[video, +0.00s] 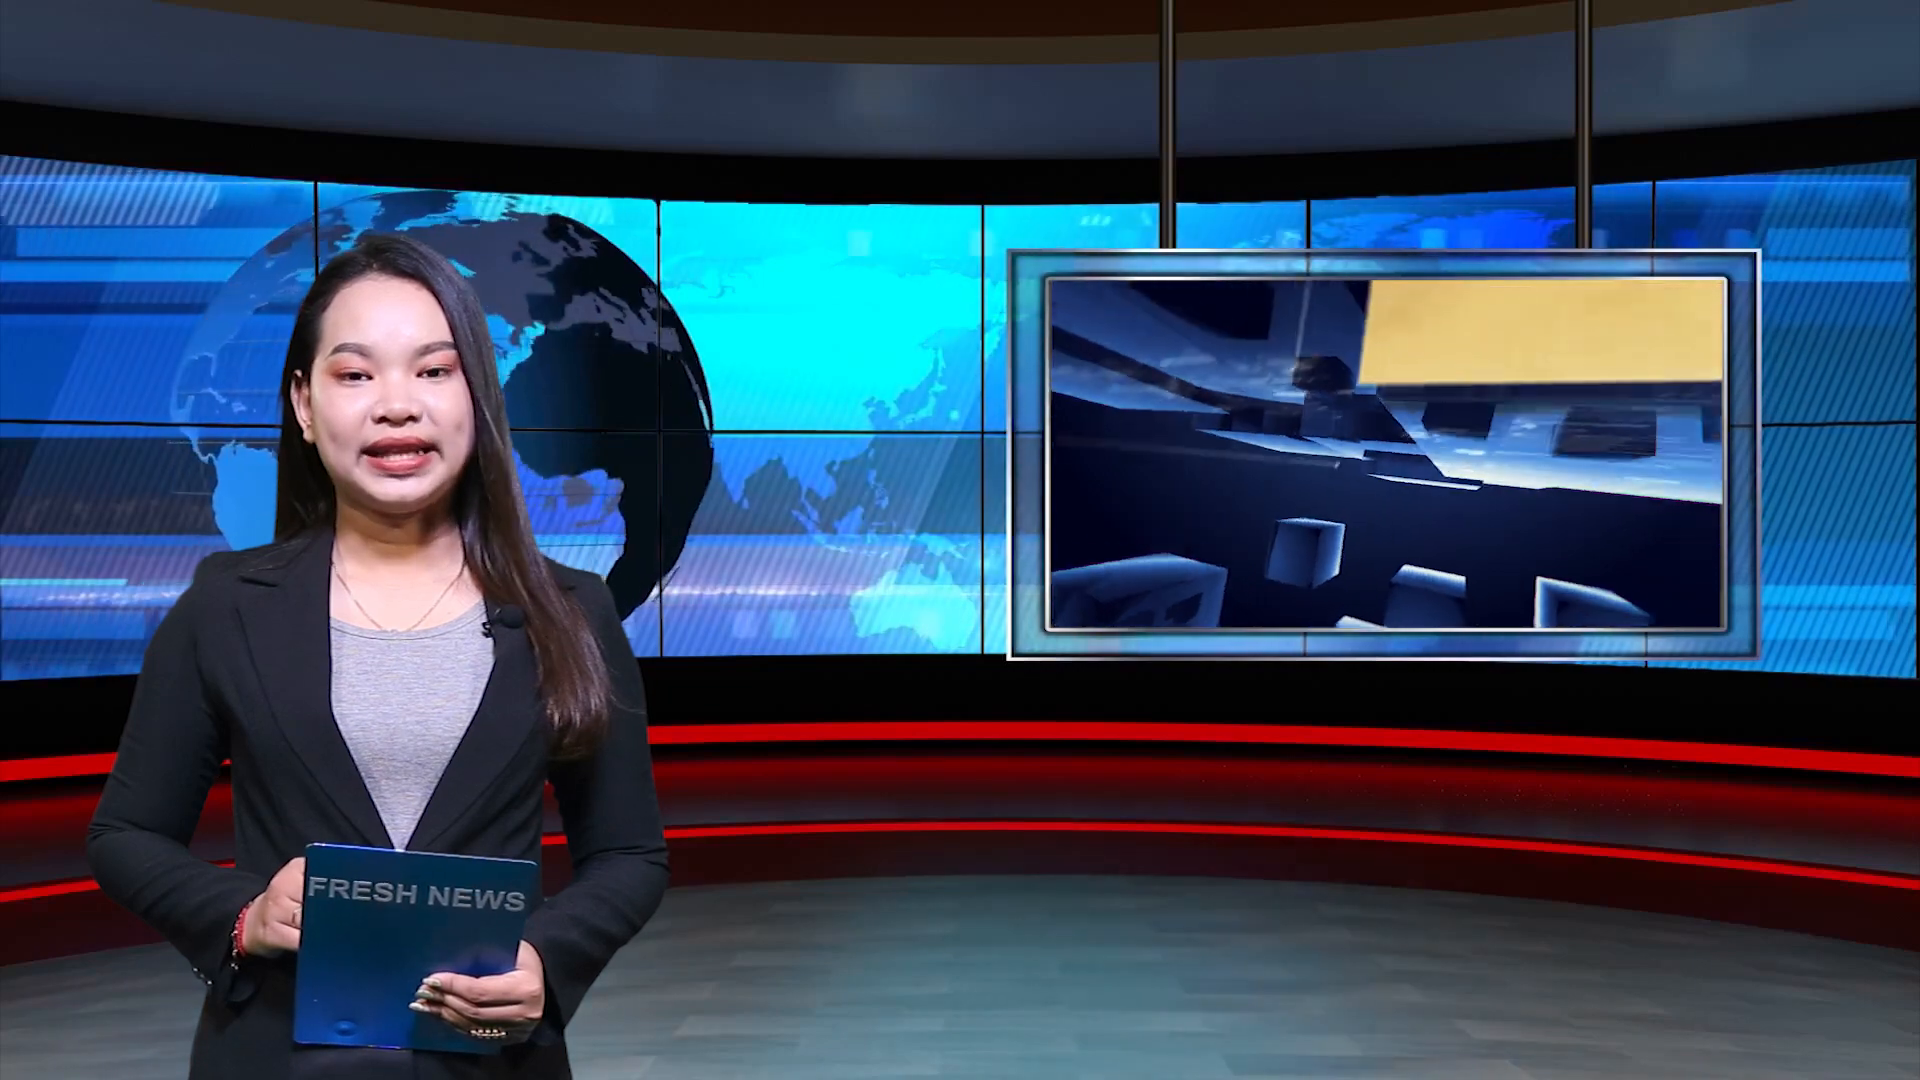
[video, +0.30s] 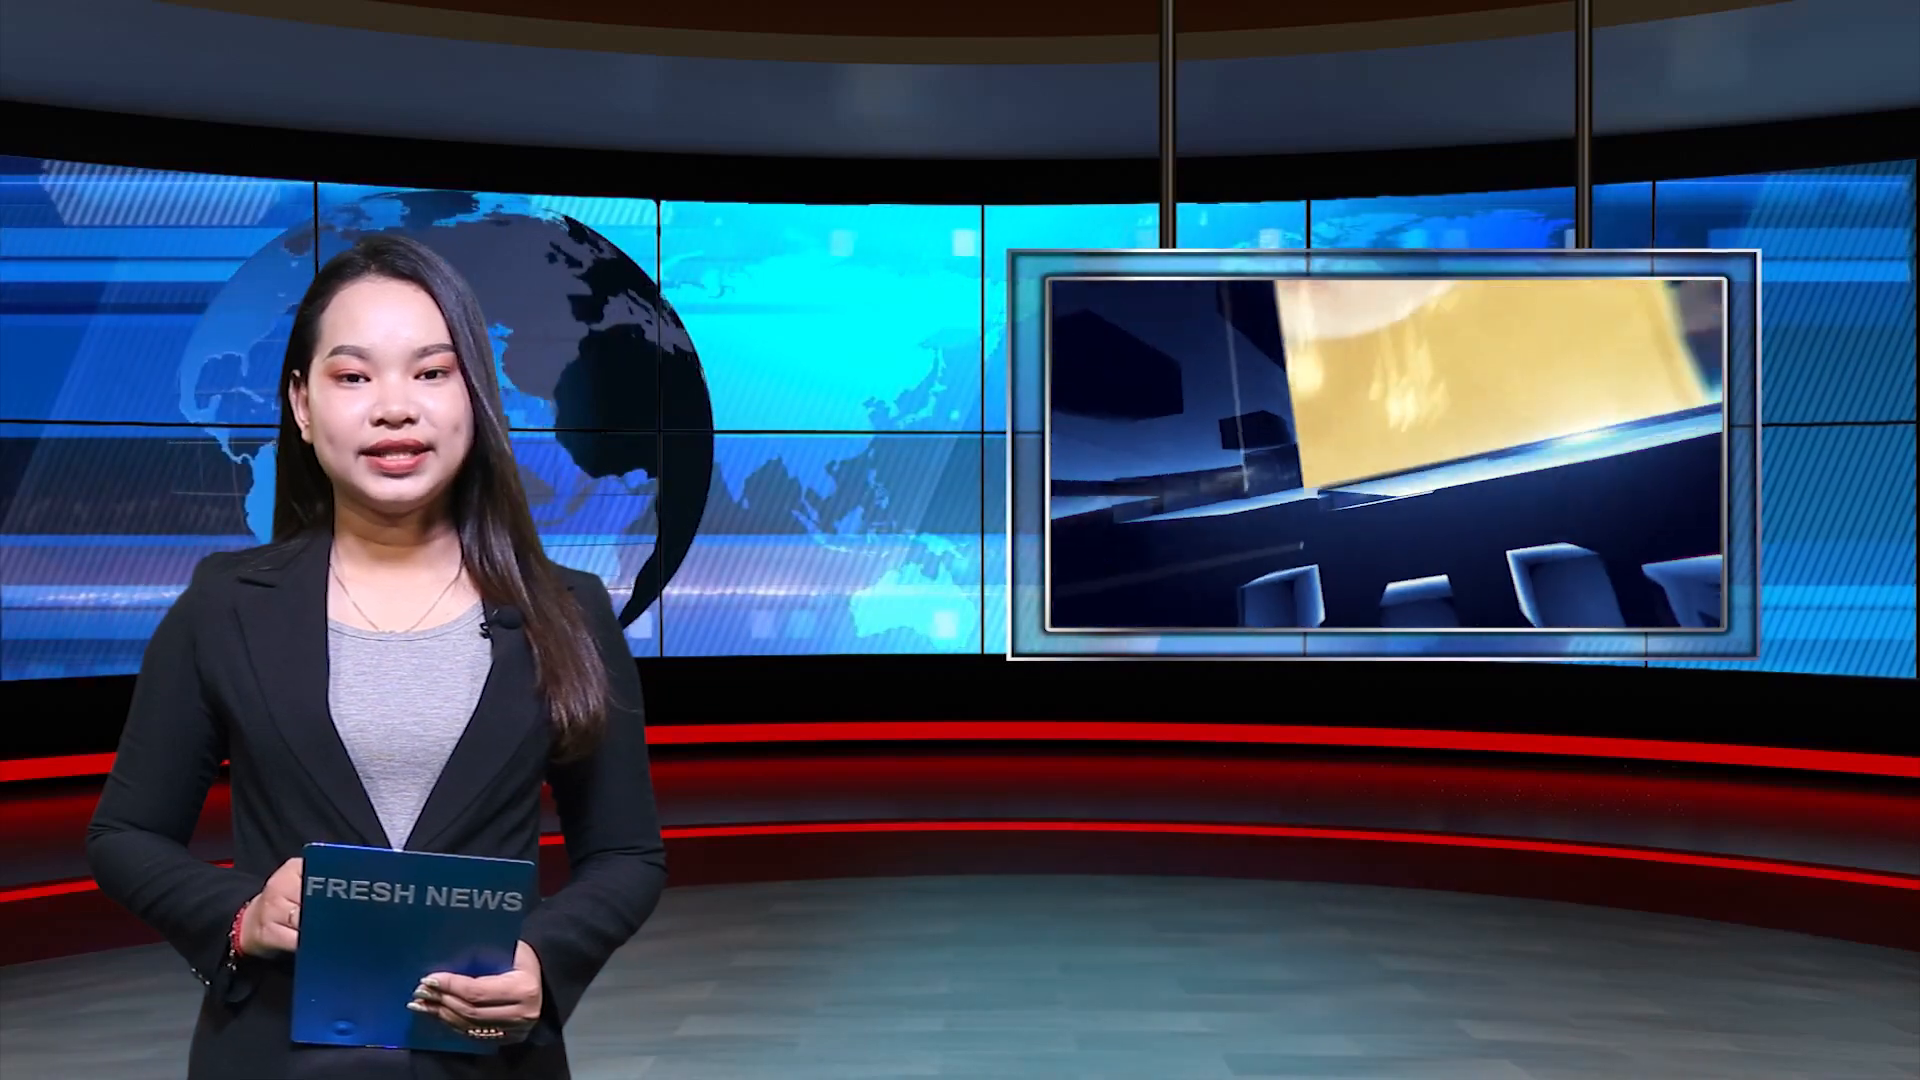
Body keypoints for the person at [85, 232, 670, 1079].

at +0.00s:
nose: (397, 404)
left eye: (431, 369)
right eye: (354, 373)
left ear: (476, 396)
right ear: (304, 405)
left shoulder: (568, 613)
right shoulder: (227, 608)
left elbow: (629, 856)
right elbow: (126, 836)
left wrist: (544, 964)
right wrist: (241, 911)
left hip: (493, 1050)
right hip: (276, 1053)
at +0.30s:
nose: (394, 407)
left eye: (429, 371)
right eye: (352, 374)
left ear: (474, 397)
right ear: (302, 406)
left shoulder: (566, 613)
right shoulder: (225, 608)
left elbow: (626, 856)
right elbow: (125, 836)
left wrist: (542, 964)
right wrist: (239, 911)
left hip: (490, 1050)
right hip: (274, 1053)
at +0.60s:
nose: (398, 409)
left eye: (433, 373)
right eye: (355, 376)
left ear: (473, 401)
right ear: (301, 406)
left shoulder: (562, 611)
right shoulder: (224, 609)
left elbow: (625, 855)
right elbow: (125, 832)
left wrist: (540, 961)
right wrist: (223, 904)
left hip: (490, 1051)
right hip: (274, 1054)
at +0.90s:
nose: (401, 408)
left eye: (434, 373)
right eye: (357, 376)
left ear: (474, 399)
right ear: (302, 405)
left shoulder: (563, 612)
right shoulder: (223, 614)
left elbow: (626, 855)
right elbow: (126, 833)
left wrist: (540, 960)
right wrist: (227, 917)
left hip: (491, 1052)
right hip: (275, 1055)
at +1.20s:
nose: (396, 404)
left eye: (430, 371)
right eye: (354, 373)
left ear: (471, 399)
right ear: (302, 406)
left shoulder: (562, 612)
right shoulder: (223, 612)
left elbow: (623, 855)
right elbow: (127, 833)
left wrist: (537, 960)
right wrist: (225, 917)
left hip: (488, 1050)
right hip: (274, 1053)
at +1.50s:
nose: (387, 405)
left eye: (422, 370)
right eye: (344, 374)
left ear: (469, 395)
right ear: (298, 407)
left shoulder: (561, 612)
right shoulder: (224, 612)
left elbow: (620, 854)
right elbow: (130, 835)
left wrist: (539, 960)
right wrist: (227, 915)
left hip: (489, 1051)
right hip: (275, 1054)